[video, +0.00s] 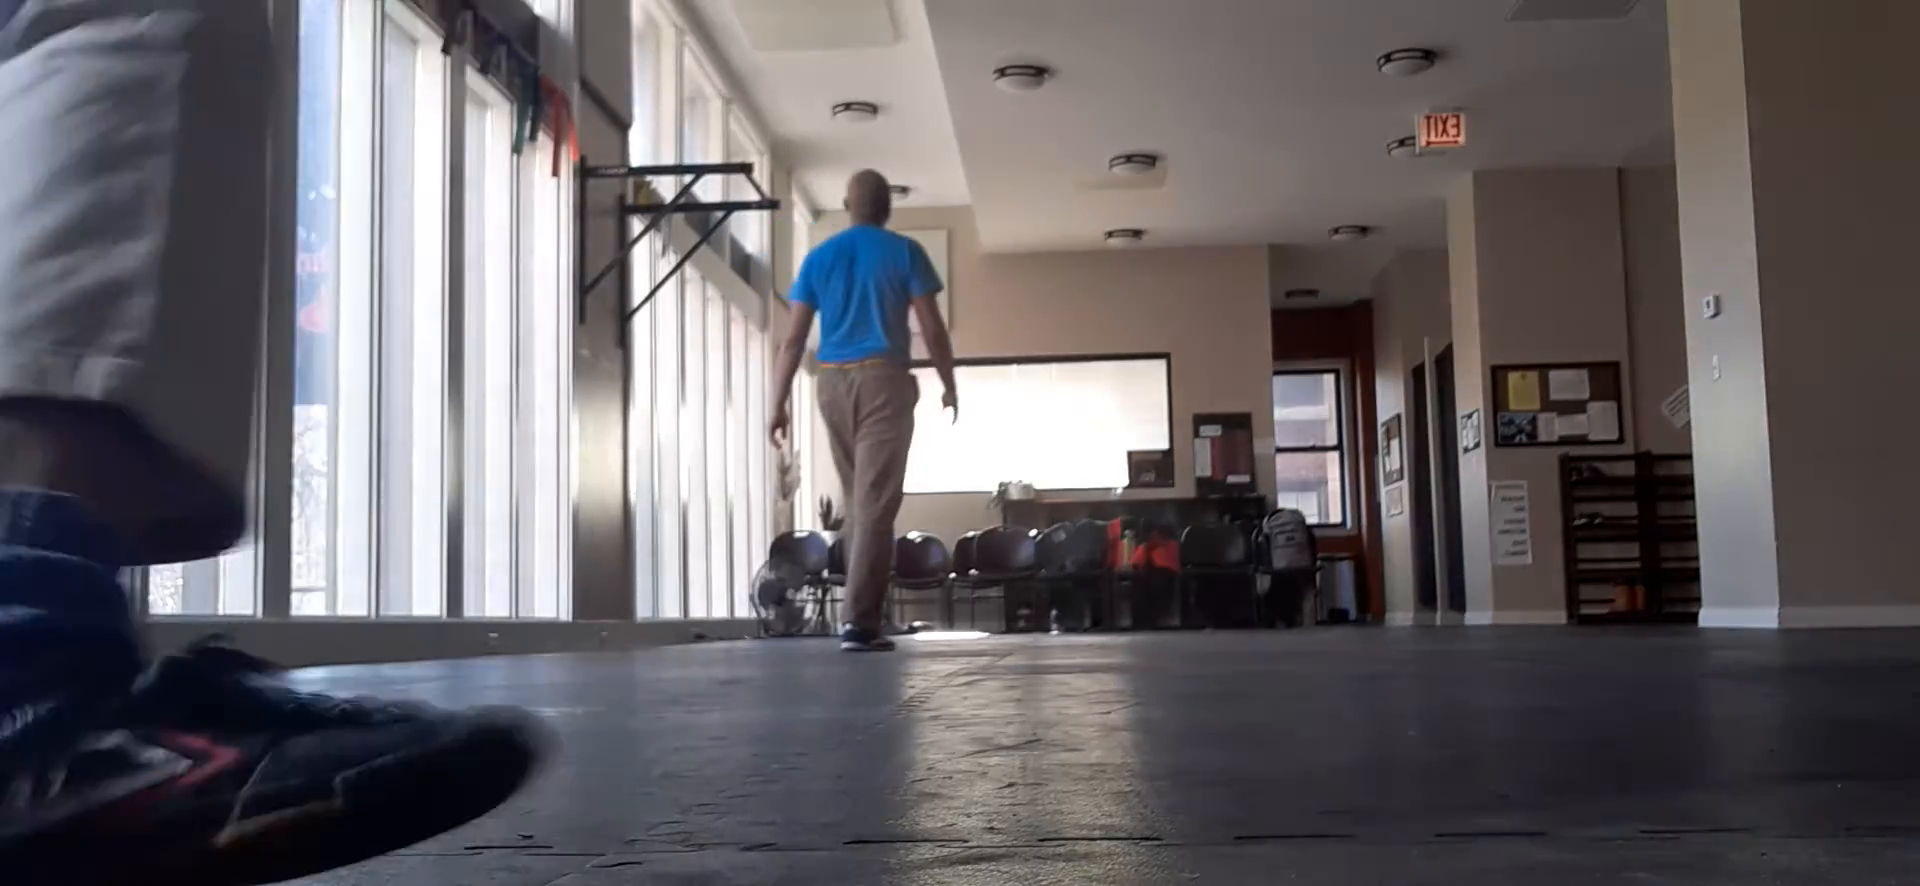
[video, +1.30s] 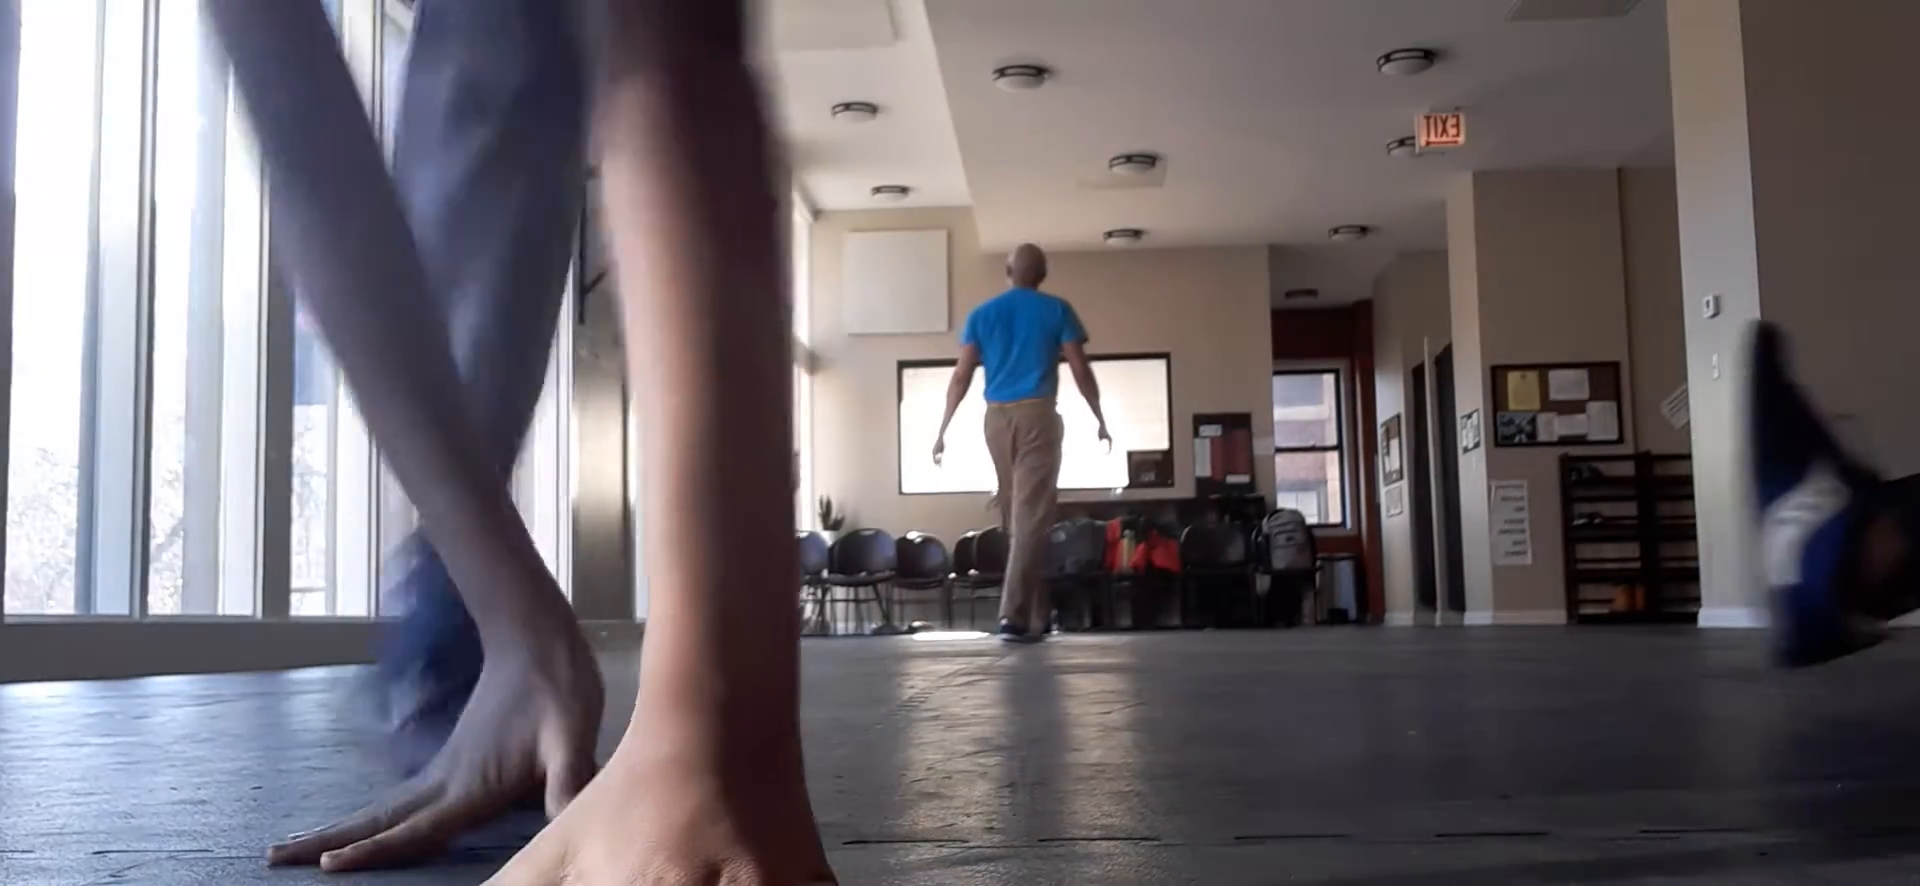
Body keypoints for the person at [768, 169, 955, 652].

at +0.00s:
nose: (858, 204)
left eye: (850, 200)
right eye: (883, 200)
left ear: (846, 208)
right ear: (888, 207)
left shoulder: (819, 256)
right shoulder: (904, 251)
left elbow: (793, 340)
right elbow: (932, 328)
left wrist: (777, 404)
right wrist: (949, 384)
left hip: (832, 384)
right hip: (885, 381)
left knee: (857, 497)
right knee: (875, 498)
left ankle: (872, 610)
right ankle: (859, 622)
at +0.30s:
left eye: (880, 216)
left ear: (878, 229)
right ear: (916, 228)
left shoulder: (852, 276)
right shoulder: (935, 267)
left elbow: (824, 351)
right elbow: (956, 340)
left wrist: (797, 414)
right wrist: (974, 398)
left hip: (864, 398)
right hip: (913, 397)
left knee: (891, 511)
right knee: (929, 503)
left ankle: (916, 621)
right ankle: (883, 586)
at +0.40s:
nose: (896, 227)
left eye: (893, 222)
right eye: (921, 223)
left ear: (890, 231)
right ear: (929, 231)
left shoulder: (866, 278)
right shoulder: (946, 270)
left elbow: (846, 357)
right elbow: (969, 341)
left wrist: (834, 419)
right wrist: (989, 398)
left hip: (874, 399)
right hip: (925, 398)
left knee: (897, 514)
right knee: (961, 499)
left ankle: (906, 626)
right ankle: (922, 581)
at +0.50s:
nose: (915, 234)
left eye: (907, 227)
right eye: (934, 231)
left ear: (901, 235)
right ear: (939, 236)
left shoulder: (874, 281)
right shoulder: (954, 274)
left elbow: (866, 359)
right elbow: (976, 343)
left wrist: (870, 415)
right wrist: (1000, 401)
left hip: (887, 401)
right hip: (939, 400)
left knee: (902, 513)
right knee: (972, 499)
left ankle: (910, 626)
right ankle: (958, 601)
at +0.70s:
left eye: (935, 243)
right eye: (961, 248)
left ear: (927, 250)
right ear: (965, 252)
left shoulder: (901, 296)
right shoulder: (976, 289)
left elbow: (898, 366)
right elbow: (994, 356)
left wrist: (904, 413)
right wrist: (1023, 415)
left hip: (913, 408)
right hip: (964, 408)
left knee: (917, 516)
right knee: (985, 515)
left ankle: (913, 625)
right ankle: (1011, 617)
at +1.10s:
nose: (1008, 262)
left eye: (993, 254)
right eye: (1020, 258)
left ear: (987, 261)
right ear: (1023, 263)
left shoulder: (962, 305)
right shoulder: (1037, 299)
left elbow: (952, 375)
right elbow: (1055, 360)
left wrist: (946, 431)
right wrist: (1074, 415)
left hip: (979, 413)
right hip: (1024, 411)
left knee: (986, 510)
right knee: (1020, 513)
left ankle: (967, 608)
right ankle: (1016, 615)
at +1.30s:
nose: (1018, 272)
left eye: (1011, 267)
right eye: (1037, 269)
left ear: (1007, 272)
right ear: (1043, 275)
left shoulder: (982, 314)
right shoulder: (1056, 309)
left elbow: (961, 377)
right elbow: (1080, 370)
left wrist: (941, 432)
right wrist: (1100, 417)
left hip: (997, 419)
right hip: (1038, 416)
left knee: (1013, 513)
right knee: (1030, 514)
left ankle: (1036, 616)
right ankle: (1011, 616)